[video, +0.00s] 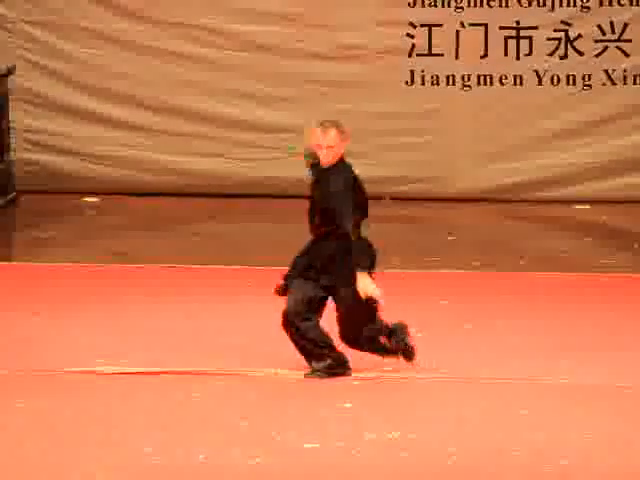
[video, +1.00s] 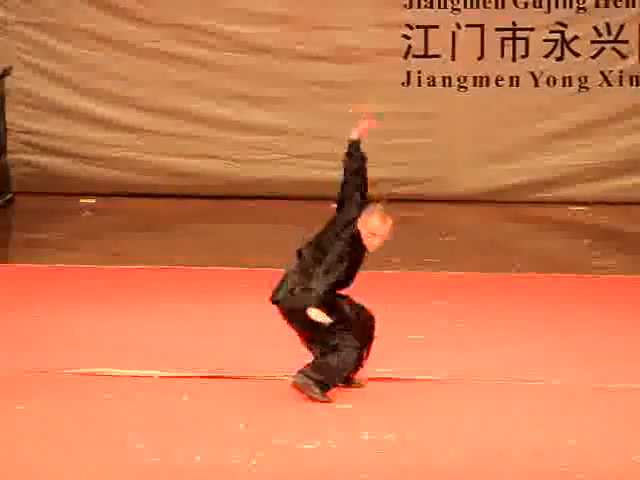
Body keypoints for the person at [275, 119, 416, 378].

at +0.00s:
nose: (324, 153)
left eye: (331, 147)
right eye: (320, 147)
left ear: (344, 145)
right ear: (315, 147)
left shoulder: (342, 177)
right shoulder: (323, 175)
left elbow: (351, 226)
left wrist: (361, 271)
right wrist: (293, 276)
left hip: (348, 258)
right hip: (322, 256)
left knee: (354, 330)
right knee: (296, 315)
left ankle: (394, 339)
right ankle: (329, 361)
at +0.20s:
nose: (333, 163)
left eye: (338, 157)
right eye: (328, 157)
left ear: (350, 154)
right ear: (322, 153)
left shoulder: (365, 184)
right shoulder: (313, 176)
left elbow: (376, 224)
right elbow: (302, 174)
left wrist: (391, 253)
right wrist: (296, 156)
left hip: (337, 253)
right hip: (303, 249)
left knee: (328, 311)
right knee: (290, 313)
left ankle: (313, 369)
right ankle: (308, 355)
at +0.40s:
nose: (354, 182)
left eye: (359, 176)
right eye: (348, 175)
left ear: (365, 173)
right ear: (336, 169)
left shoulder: (359, 191)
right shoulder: (325, 197)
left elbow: (357, 216)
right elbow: (338, 249)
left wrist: (360, 237)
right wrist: (371, 274)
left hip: (325, 262)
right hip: (299, 262)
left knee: (330, 324)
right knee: (294, 330)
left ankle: (304, 383)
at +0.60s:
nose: (353, 190)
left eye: (360, 185)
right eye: (349, 183)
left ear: (368, 184)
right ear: (341, 179)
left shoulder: (331, 190)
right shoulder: (336, 201)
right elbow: (359, 244)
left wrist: (373, 211)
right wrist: (384, 220)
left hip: (301, 257)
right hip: (295, 260)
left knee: (345, 296)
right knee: (312, 309)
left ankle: (315, 357)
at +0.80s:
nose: (379, 190)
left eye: (379, 182)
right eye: (372, 183)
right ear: (352, 184)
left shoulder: (347, 210)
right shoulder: (333, 210)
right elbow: (312, 250)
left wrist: (345, 274)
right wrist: (337, 279)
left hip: (322, 278)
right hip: (304, 280)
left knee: (366, 302)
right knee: (338, 324)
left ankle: (340, 353)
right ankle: (307, 378)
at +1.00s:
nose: (379, 244)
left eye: (383, 239)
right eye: (378, 238)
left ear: (368, 223)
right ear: (365, 229)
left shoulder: (351, 215)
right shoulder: (347, 247)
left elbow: (354, 183)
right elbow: (328, 273)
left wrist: (355, 143)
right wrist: (314, 303)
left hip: (314, 293)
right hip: (300, 299)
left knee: (362, 320)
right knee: (348, 342)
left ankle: (341, 371)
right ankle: (312, 377)